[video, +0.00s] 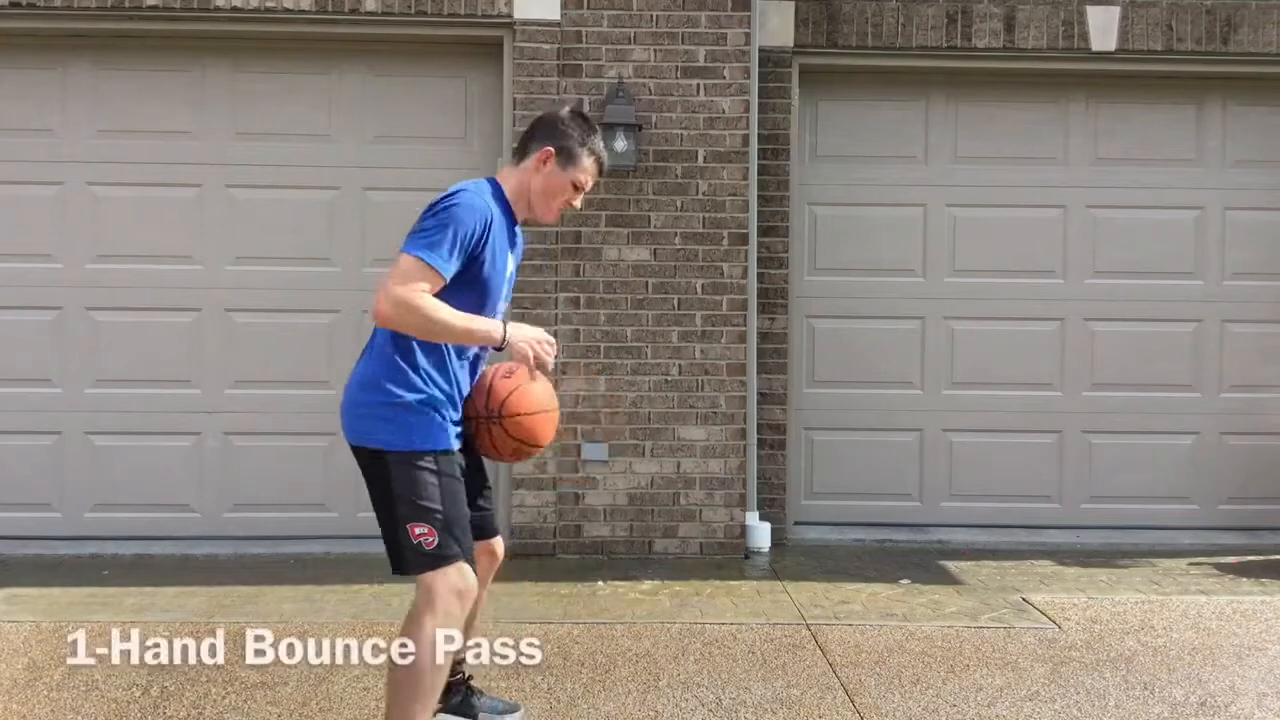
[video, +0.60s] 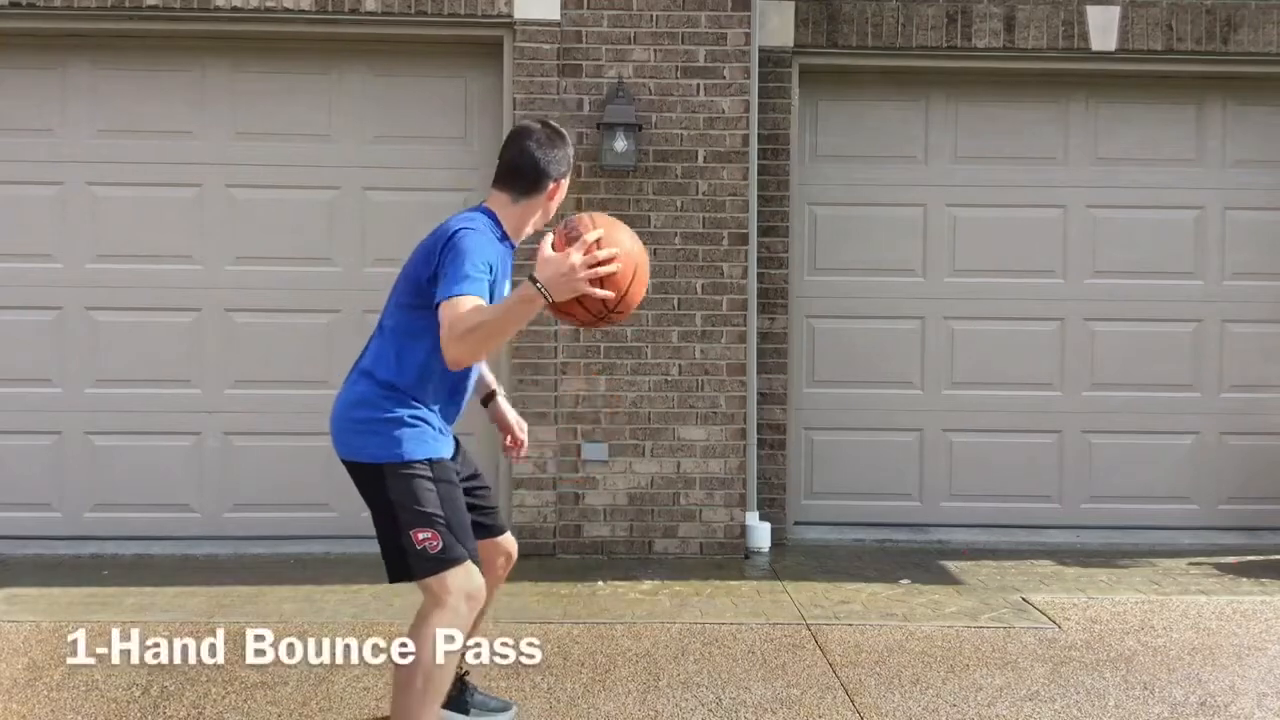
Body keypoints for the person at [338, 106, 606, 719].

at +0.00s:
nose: (574, 204)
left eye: (582, 195)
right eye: (575, 187)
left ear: (545, 165)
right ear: (543, 159)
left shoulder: (508, 233)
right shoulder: (470, 207)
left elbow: (462, 333)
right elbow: (394, 302)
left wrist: (496, 399)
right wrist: (503, 331)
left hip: (443, 413)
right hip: (399, 412)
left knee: (484, 552)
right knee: (450, 582)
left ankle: (443, 689)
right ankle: (407, 712)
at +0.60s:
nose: (559, 202)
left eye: (562, 191)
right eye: (563, 190)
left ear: (499, 173)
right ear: (553, 191)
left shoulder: (491, 246)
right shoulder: (471, 239)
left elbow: (453, 342)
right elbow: (458, 346)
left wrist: (494, 398)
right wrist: (541, 288)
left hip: (426, 425)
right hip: (388, 424)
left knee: (495, 552)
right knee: (457, 589)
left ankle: (442, 684)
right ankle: (411, 711)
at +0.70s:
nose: (564, 203)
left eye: (565, 193)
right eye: (567, 192)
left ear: (501, 178)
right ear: (557, 196)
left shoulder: (482, 240)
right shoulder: (477, 246)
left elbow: (424, 329)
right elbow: (499, 361)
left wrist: (454, 396)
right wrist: (562, 289)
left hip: (427, 424)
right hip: (394, 426)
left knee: (498, 549)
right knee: (458, 587)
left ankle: (441, 683)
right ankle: (409, 711)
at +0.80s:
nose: (559, 209)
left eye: (561, 198)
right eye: (562, 198)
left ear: (497, 181)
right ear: (552, 201)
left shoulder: (459, 233)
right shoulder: (494, 264)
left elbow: (398, 321)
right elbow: (533, 393)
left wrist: (444, 395)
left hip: (414, 424)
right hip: (397, 432)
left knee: (496, 545)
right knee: (458, 594)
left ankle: (442, 682)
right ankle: (410, 711)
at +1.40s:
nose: (547, 177)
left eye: (543, 168)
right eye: (546, 169)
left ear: (479, 172)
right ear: (538, 178)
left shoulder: (439, 229)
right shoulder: (523, 249)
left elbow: (377, 328)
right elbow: (575, 360)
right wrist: (613, 330)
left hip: (383, 420)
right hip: (424, 426)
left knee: (501, 542)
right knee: (485, 594)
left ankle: (431, 691)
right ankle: (439, 711)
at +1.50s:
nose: (544, 166)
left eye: (541, 156)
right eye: (543, 157)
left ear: (477, 160)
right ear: (533, 165)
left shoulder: (440, 220)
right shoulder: (522, 235)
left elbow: (383, 319)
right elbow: (614, 313)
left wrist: (449, 406)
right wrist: (659, 256)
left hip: (387, 416)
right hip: (425, 425)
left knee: (494, 542)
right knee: (483, 593)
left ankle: (431, 693)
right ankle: (436, 712)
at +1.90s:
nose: (573, 192)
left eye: (571, 181)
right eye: (574, 181)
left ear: (509, 173)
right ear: (566, 187)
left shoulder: (484, 230)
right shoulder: (499, 245)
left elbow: (404, 283)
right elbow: (576, 345)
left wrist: (405, 363)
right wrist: (648, 278)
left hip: (440, 425)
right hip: (418, 426)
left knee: (513, 551)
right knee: (475, 591)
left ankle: (430, 689)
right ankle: (432, 710)